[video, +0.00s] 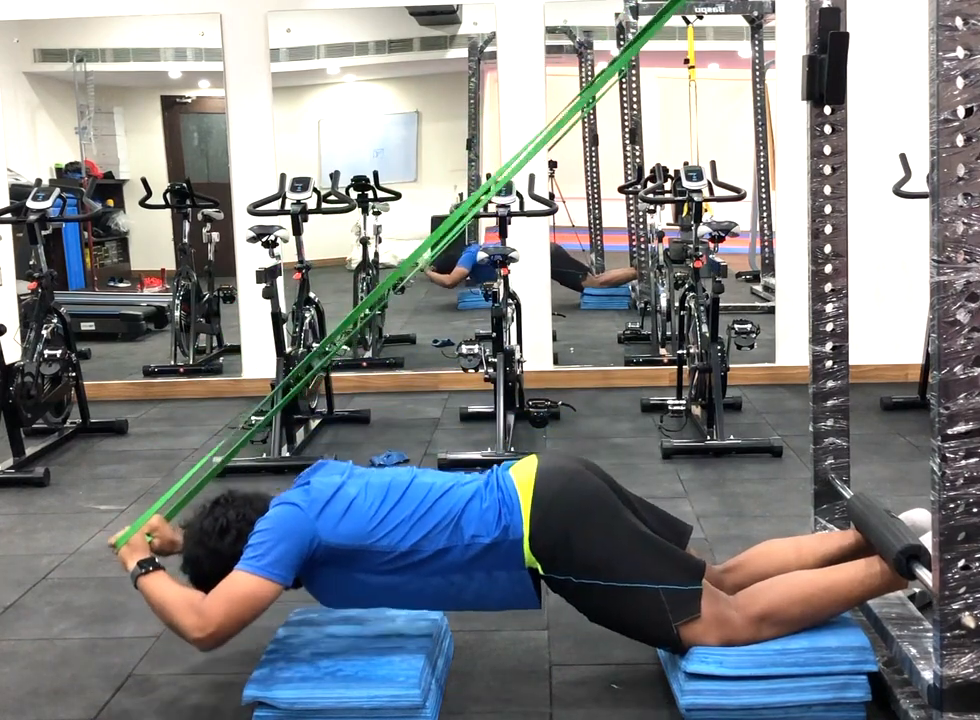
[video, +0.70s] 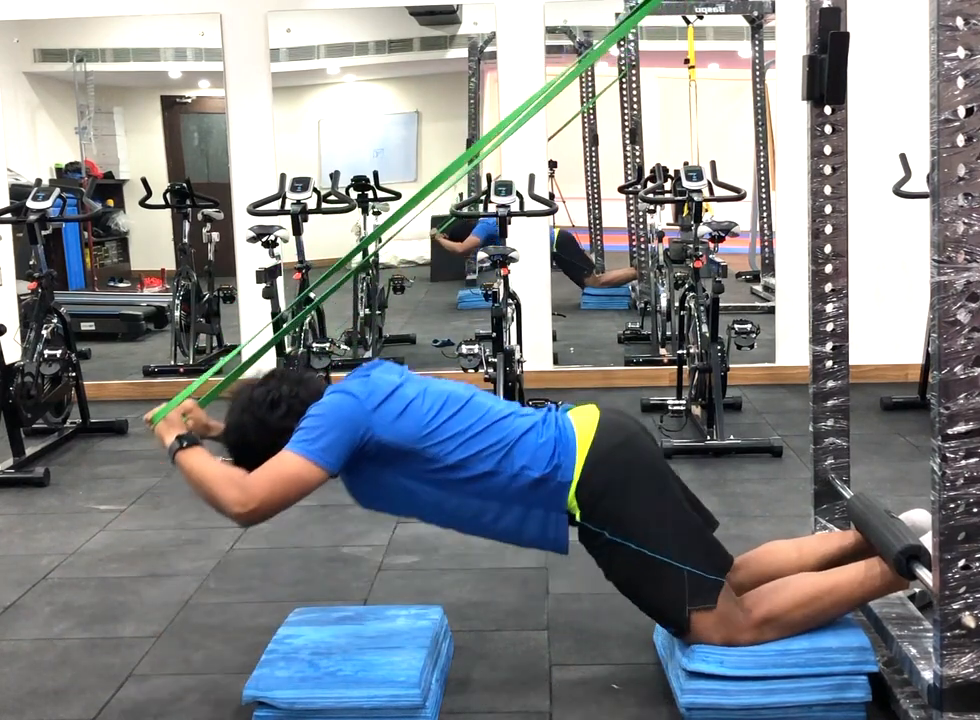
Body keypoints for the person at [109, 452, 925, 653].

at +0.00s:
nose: (236, 576)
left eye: (228, 567)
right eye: (227, 564)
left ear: (239, 550)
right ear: (249, 506)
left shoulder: (294, 520)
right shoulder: (315, 488)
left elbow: (203, 624)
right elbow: (234, 596)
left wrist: (141, 570)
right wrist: (174, 560)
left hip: (545, 524)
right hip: (550, 487)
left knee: (716, 628)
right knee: (715, 580)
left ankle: (898, 567)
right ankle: (863, 535)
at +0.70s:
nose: (269, 468)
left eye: (265, 458)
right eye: (262, 459)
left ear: (281, 428)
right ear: (291, 406)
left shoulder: (349, 404)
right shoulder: (352, 396)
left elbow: (246, 500)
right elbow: (261, 483)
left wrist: (178, 447)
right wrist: (201, 442)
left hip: (591, 473)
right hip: (589, 461)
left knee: (728, 623)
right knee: (716, 586)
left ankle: (907, 567)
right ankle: (864, 533)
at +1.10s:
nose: (333, 367)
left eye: (326, 351)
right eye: (327, 353)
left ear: (341, 328)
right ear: (360, 308)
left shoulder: (412, 322)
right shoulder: (415, 318)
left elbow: (302, 397)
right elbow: (318, 391)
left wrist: (235, 344)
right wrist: (253, 343)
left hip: (633, 447)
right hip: (632, 434)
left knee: (729, 623)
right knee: (727, 581)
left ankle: (900, 568)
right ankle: (861, 535)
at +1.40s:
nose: (404, 295)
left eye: (403, 281)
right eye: (396, 286)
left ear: (426, 256)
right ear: (435, 237)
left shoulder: (490, 254)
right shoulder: (486, 262)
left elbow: (365, 312)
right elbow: (378, 301)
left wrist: (292, 252)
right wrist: (311, 248)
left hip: (672, 433)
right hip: (668, 425)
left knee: (726, 626)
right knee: (731, 578)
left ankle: (905, 571)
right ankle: (869, 539)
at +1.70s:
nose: (492, 231)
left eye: (494, 216)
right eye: (486, 221)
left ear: (523, 190)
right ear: (525, 193)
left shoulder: (583, 203)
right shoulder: (562, 226)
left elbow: (455, 236)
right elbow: (463, 231)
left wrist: (388, 162)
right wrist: (403, 175)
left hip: (717, 430)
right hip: (687, 437)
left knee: (728, 624)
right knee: (708, 588)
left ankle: (902, 573)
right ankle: (865, 541)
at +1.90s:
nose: (543, 182)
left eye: (550, 167)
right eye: (540, 168)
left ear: (583, 148)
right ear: (590, 150)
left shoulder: (648, 173)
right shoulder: (612, 203)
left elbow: (526, 174)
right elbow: (528, 178)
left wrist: (475, 86)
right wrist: (483, 102)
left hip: (731, 427)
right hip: (697, 430)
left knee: (724, 620)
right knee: (710, 572)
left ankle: (908, 595)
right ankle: (867, 559)